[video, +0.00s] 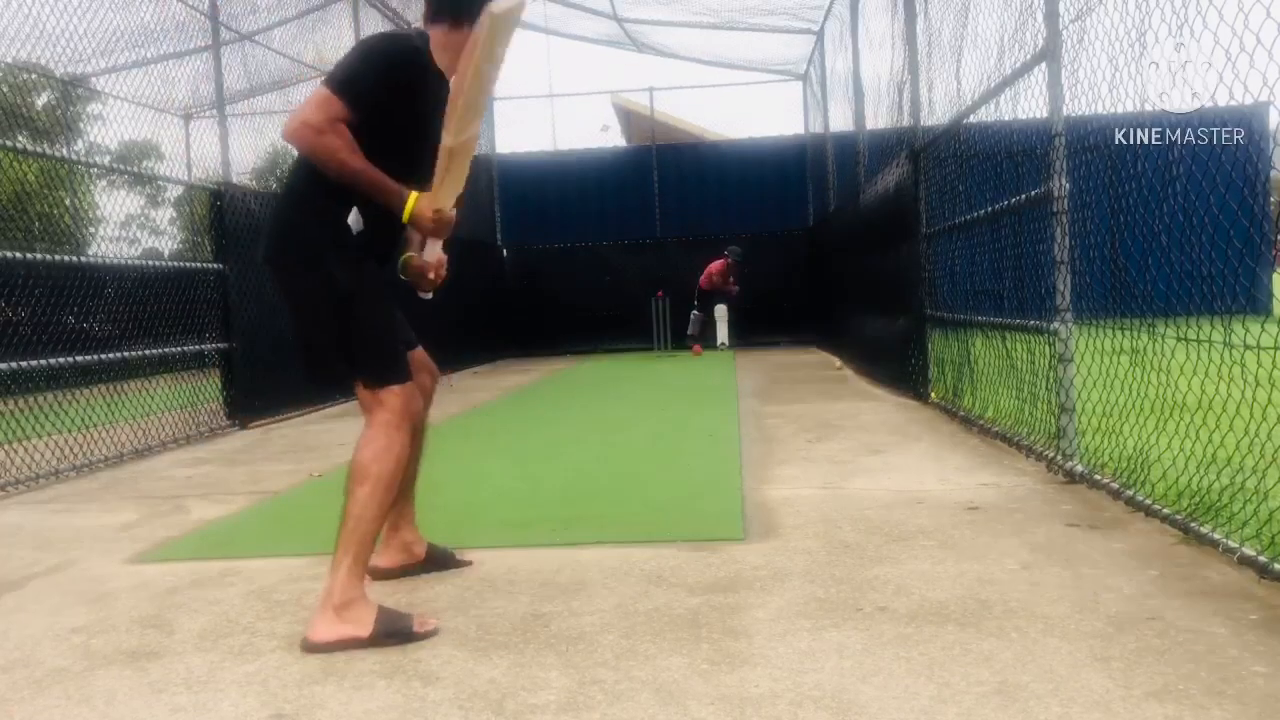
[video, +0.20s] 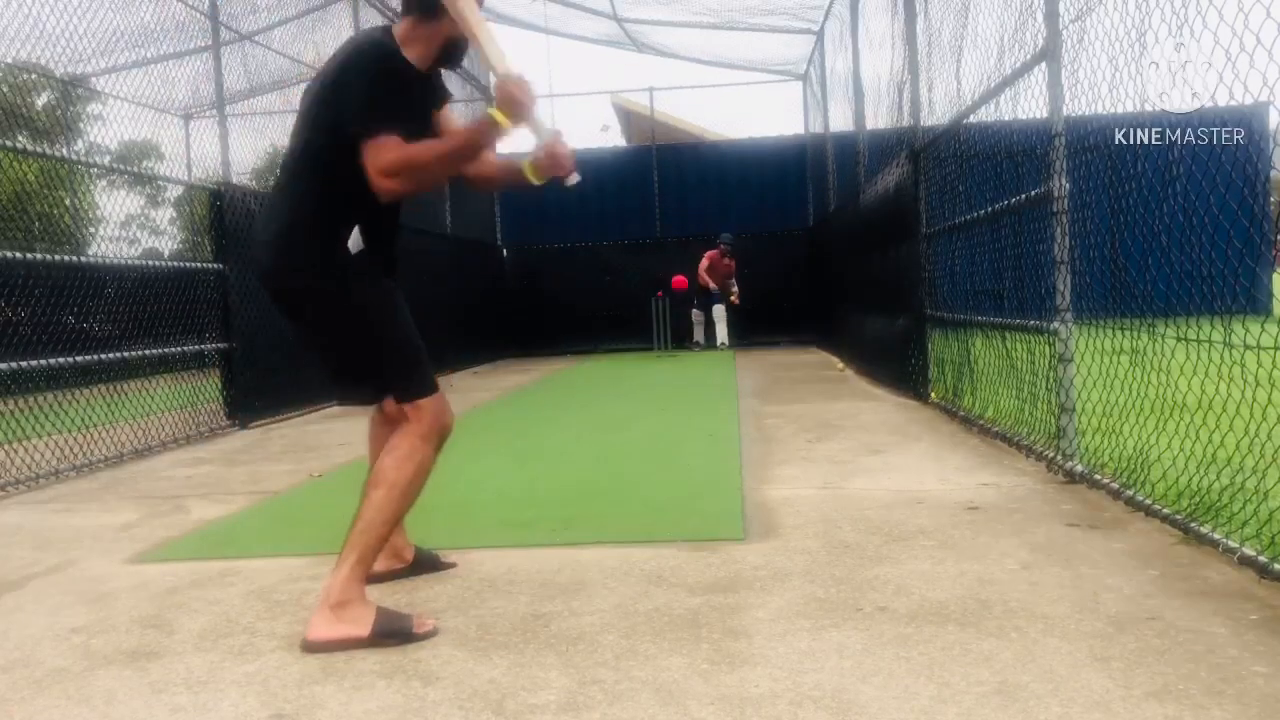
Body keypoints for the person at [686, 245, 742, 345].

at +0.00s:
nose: (735, 264)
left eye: (736, 262)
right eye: (734, 260)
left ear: (736, 261)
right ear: (727, 258)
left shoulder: (730, 268)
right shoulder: (717, 267)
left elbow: (727, 280)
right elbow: (717, 284)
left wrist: (731, 286)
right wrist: (730, 288)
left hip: (718, 289)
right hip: (705, 288)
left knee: (721, 312)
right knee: (699, 313)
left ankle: (722, 342)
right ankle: (693, 338)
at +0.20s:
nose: (726, 248)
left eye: (728, 245)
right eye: (723, 245)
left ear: (731, 247)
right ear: (719, 245)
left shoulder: (730, 262)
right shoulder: (710, 255)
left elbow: (731, 280)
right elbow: (701, 270)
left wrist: (734, 294)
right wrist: (710, 283)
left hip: (718, 290)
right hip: (703, 288)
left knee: (719, 313)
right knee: (697, 314)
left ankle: (722, 343)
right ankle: (698, 341)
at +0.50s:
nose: (710, 240)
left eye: (712, 237)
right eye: (707, 237)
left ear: (716, 239)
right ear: (703, 239)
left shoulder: (720, 253)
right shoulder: (696, 253)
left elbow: (724, 271)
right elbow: (690, 268)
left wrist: (726, 278)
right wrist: (699, 273)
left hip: (715, 286)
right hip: (700, 287)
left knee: (720, 312)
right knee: (700, 315)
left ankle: (723, 342)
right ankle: (702, 343)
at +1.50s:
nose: (701, 244)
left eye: (703, 241)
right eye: (701, 241)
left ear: (709, 240)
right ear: (702, 241)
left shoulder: (723, 252)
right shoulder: (700, 255)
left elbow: (729, 270)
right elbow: (698, 271)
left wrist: (716, 270)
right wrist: (689, 278)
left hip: (719, 286)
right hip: (705, 286)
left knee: (721, 312)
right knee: (699, 311)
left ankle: (726, 342)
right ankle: (697, 343)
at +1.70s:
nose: (726, 264)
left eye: (727, 262)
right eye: (725, 262)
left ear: (727, 262)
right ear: (719, 260)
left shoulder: (723, 269)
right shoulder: (710, 269)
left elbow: (722, 280)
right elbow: (710, 284)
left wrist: (724, 285)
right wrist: (723, 288)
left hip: (710, 291)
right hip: (696, 292)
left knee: (713, 315)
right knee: (689, 316)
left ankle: (714, 345)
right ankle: (682, 339)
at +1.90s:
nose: (717, 251)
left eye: (719, 249)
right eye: (715, 248)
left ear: (723, 251)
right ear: (712, 249)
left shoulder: (722, 263)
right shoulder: (703, 260)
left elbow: (724, 280)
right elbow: (696, 277)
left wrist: (729, 293)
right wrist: (704, 289)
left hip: (711, 292)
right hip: (696, 291)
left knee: (711, 314)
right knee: (688, 315)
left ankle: (714, 345)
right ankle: (686, 343)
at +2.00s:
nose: (715, 248)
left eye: (717, 245)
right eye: (713, 245)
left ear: (720, 246)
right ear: (707, 245)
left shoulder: (720, 260)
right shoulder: (698, 256)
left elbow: (722, 279)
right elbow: (689, 269)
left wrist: (727, 292)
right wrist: (693, 277)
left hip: (710, 290)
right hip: (695, 289)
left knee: (711, 314)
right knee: (688, 315)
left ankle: (714, 345)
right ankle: (689, 345)